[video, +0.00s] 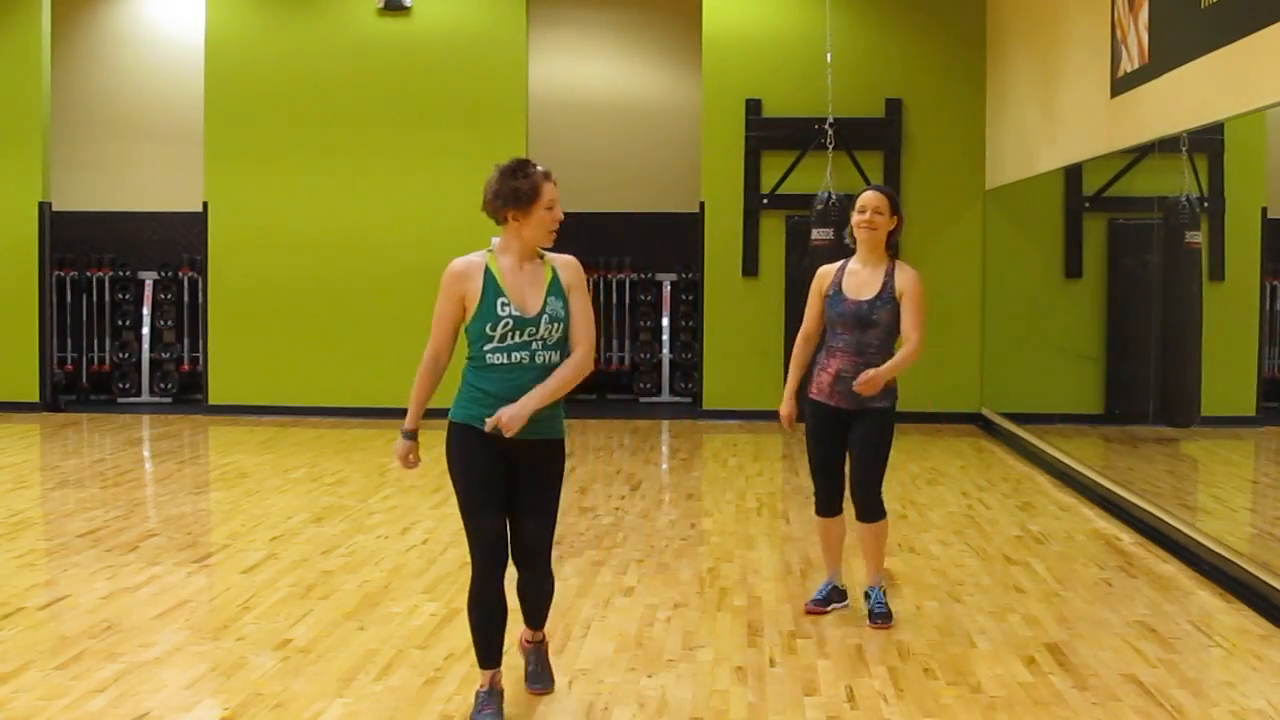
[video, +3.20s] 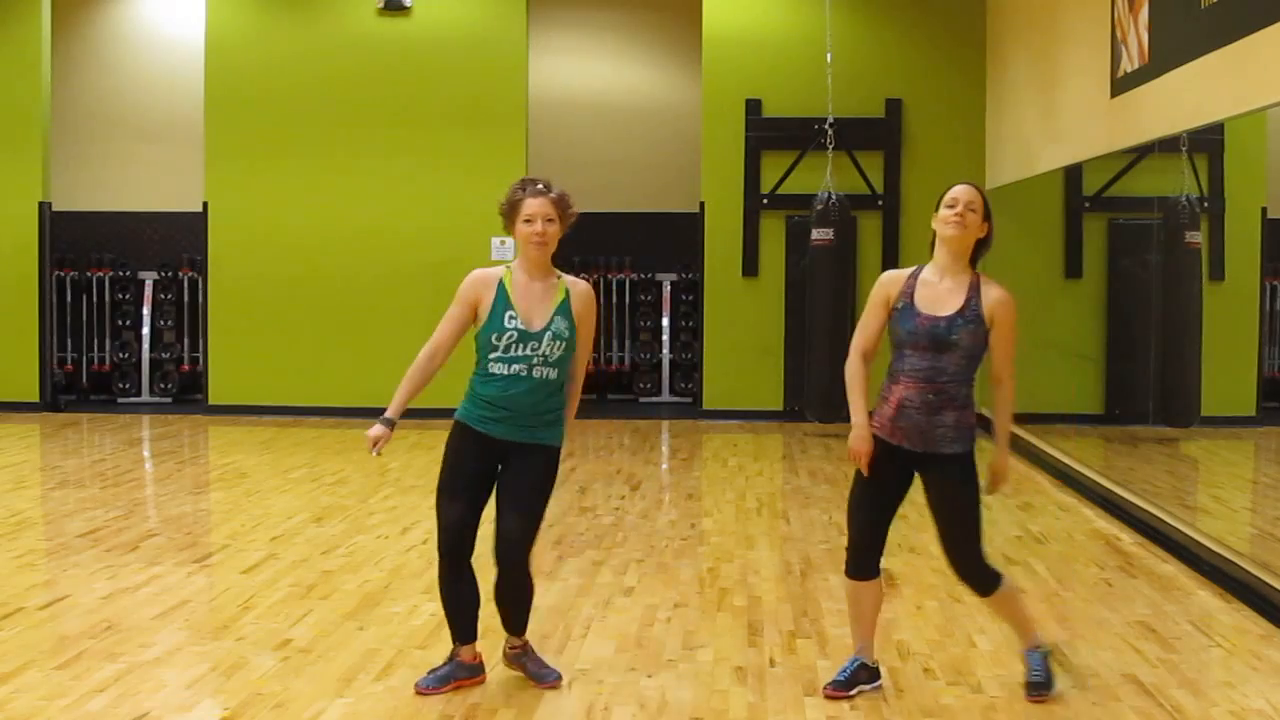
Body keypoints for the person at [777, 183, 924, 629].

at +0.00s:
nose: (866, 218)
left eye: (876, 212)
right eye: (860, 211)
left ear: (893, 224)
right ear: (850, 219)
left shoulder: (904, 279)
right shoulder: (827, 275)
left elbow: (912, 344)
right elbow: (807, 335)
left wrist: (885, 371)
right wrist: (789, 391)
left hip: (873, 403)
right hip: (823, 400)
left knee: (866, 493)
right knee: (827, 493)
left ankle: (875, 588)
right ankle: (832, 582)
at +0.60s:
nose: (891, 222)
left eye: (900, 215)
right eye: (884, 214)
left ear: (916, 224)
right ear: (872, 222)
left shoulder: (934, 284)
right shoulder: (848, 279)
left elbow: (947, 350)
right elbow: (829, 345)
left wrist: (958, 410)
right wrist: (827, 407)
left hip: (928, 413)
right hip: (874, 416)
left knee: (929, 510)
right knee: (869, 513)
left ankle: (921, 603)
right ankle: (841, 578)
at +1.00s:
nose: (918, 223)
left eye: (926, 215)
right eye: (909, 216)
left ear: (941, 221)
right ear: (895, 223)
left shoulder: (963, 282)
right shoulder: (873, 280)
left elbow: (972, 347)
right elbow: (855, 349)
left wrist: (970, 400)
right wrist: (847, 411)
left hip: (941, 415)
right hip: (886, 414)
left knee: (932, 515)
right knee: (903, 515)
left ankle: (921, 604)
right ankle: (911, 620)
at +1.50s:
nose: (928, 214)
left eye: (937, 207)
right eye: (918, 205)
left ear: (949, 215)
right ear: (902, 211)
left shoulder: (967, 277)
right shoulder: (873, 273)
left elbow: (980, 351)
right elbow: (854, 347)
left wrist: (989, 416)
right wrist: (864, 409)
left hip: (951, 422)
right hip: (891, 424)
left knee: (972, 532)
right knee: (903, 534)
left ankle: (979, 639)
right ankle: (916, 636)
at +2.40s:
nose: (972, 200)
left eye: (980, 194)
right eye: (960, 196)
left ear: (995, 211)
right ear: (944, 216)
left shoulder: (1020, 283)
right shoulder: (921, 276)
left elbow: (1027, 362)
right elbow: (888, 350)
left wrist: (1032, 427)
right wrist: (886, 422)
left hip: (998, 437)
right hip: (931, 436)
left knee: (1045, 543)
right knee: (904, 550)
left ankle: (1059, 656)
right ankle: (881, 656)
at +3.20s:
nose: (956, 212)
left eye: (969, 209)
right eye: (949, 205)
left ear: (983, 232)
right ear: (933, 221)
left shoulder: (993, 299)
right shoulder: (894, 283)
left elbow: (1003, 380)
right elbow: (857, 356)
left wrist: (1002, 449)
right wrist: (859, 424)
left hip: (949, 445)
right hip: (888, 436)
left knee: (969, 566)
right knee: (861, 547)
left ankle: (1033, 644)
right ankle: (863, 659)